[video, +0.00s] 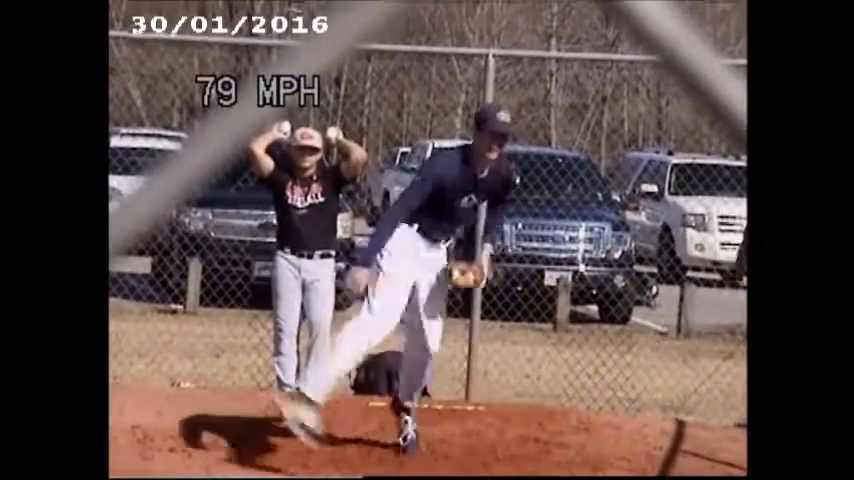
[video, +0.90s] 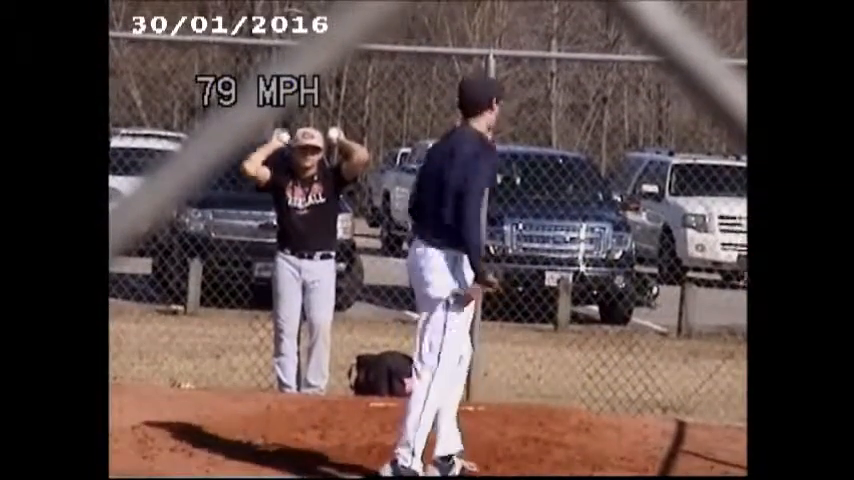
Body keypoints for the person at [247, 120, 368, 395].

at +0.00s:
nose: (307, 157)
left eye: (313, 152)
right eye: (301, 151)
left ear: (321, 153)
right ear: (291, 153)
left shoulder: (332, 177)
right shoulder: (281, 179)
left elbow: (360, 158)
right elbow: (255, 150)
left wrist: (340, 140)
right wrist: (275, 133)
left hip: (322, 261)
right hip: (287, 259)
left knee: (320, 326)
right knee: (285, 326)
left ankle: (315, 385)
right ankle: (285, 384)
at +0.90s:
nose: (307, 158)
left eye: (313, 152)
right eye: (301, 152)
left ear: (322, 154)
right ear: (292, 153)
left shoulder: (333, 177)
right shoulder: (281, 178)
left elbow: (362, 158)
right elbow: (250, 167)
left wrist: (341, 141)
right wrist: (275, 144)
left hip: (322, 261)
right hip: (288, 259)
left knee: (320, 324)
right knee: (285, 326)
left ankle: (315, 387)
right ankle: (286, 387)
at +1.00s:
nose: (309, 157)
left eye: (315, 151)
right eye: (303, 151)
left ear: (323, 153)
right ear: (293, 151)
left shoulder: (333, 176)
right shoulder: (281, 176)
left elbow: (364, 157)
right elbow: (254, 201)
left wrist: (341, 140)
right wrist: (269, 167)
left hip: (322, 260)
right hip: (287, 258)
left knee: (320, 322)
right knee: (285, 325)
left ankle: (315, 384)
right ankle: (286, 385)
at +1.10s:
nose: (310, 157)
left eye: (316, 152)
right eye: (305, 152)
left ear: (324, 155)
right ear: (295, 153)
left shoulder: (333, 178)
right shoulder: (280, 180)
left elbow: (365, 159)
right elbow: (261, 228)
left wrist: (341, 142)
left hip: (322, 262)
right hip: (287, 261)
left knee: (320, 324)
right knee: (285, 326)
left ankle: (315, 386)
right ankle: (287, 386)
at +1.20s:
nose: (309, 154)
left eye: (315, 150)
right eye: (304, 149)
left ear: (324, 153)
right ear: (295, 152)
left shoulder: (334, 176)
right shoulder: (282, 183)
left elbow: (367, 157)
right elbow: (272, 225)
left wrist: (342, 140)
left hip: (322, 261)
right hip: (288, 259)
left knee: (321, 324)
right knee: (286, 325)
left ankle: (316, 385)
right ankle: (287, 385)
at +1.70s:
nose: (310, 156)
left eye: (315, 152)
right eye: (305, 152)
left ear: (323, 156)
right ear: (295, 156)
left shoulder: (333, 179)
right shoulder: (286, 190)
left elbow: (373, 161)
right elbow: (287, 230)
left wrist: (343, 142)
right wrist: (293, 262)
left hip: (324, 263)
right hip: (291, 261)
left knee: (321, 327)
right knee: (287, 328)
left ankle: (316, 389)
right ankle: (287, 388)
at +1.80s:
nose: (310, 153)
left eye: (316, 148)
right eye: (305, 148)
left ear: (323, 153)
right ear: (295, 153)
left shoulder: (333, 177)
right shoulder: (285, 183)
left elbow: (373, 158)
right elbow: (293, 227)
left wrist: (343, 139)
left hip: (322, 259)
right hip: (288, 259)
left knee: (321, 324)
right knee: (286, 324)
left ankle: (316, 386)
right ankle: (287, 385)